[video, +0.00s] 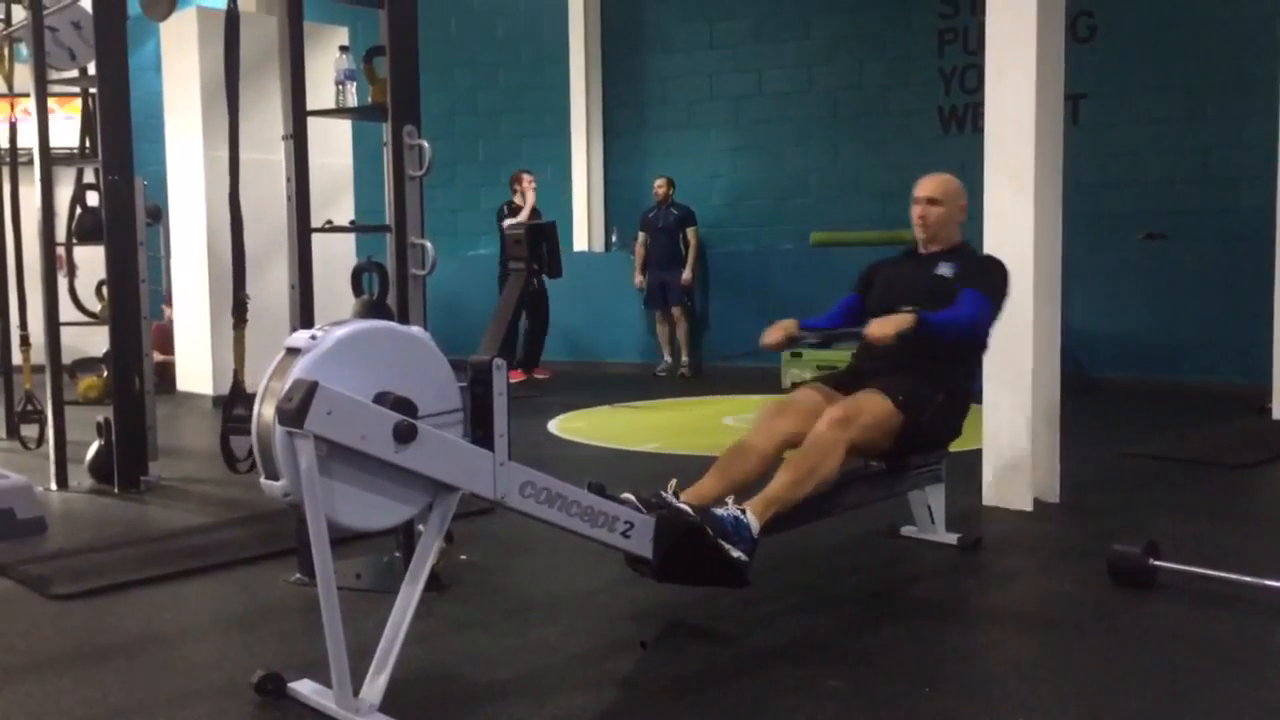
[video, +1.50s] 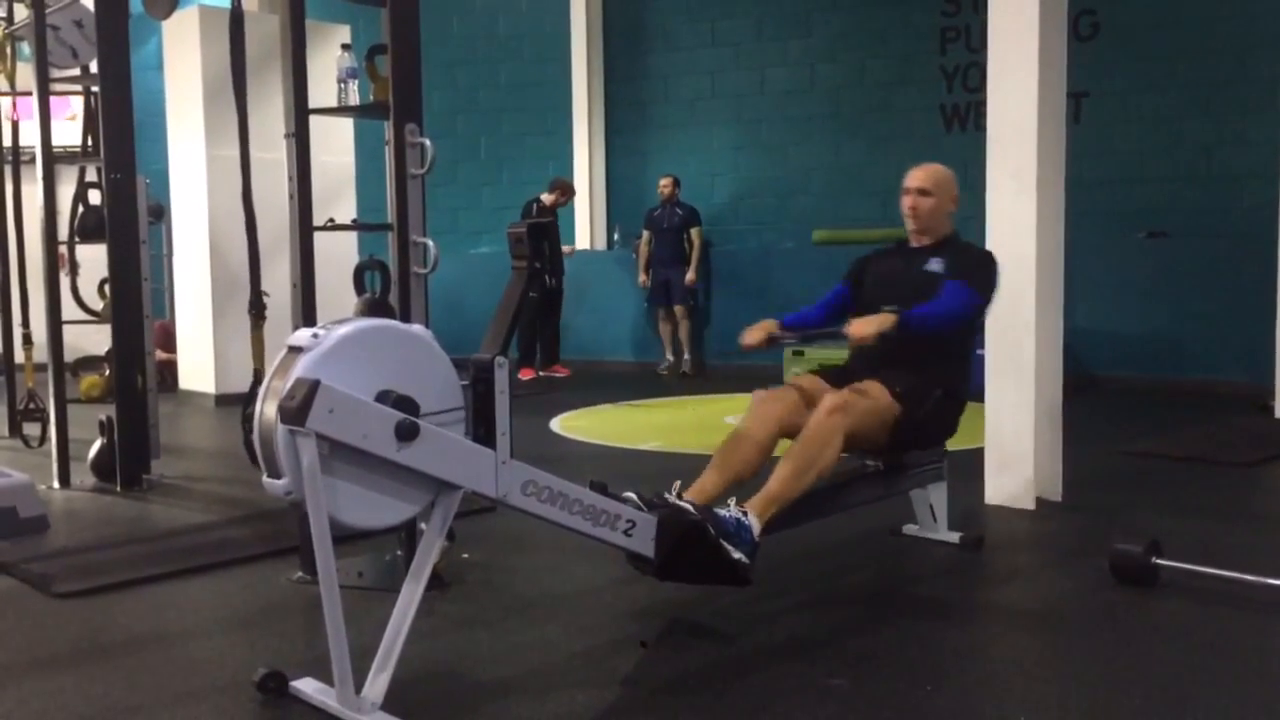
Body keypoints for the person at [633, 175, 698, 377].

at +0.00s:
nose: (656, 191)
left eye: (660, 187)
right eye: (654, 188)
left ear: (670, 190)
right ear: (653, 191)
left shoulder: (683, 212)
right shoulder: (648, 215)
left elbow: (692, 242)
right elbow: (641, 243)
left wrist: (688, 268)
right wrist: (638, 271)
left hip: (676, 271)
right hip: (654, 272)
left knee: (677, 313)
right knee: (660, 315)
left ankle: (684, 359)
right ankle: (666, 358)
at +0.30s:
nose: (658, 193)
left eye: (662, 189)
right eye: (657, 189)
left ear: (672, 192)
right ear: (656, 192)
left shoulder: (685, 215)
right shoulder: (650, 217)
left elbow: (694, 244)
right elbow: (642, 246)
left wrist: (690, 272)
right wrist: (637, 274)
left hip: (678, 273)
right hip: (657, 273)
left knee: (678, 316)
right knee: (661, 317)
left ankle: (685, 360)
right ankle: (667, 360)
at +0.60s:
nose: (658, 192)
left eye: (662, 188)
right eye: (657, 189)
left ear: (673, 191)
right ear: (656, 192)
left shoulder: (685, 214)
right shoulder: (650, 216)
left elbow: (694, 244)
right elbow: (643, 245)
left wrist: (690, 271)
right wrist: (641, 274)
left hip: (678, 272)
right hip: (656, 272)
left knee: (678, 314)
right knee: (661, 316)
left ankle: (684, 359)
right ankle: (667, 359)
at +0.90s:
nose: (659, 189)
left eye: (663, 186)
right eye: (658, 186)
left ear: (674, 188)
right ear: (656, 189)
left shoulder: (687, 212)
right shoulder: (650, 213)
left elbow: (695, 242)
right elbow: (644, 242)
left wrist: (691, 269)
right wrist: (641, 270)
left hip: (678, 269)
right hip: (657, 269)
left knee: (678, 310)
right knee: (661, 312)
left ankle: (679, 354)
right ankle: (665, 355)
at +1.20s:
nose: (661, 189)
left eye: (665, 185)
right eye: (659, 185)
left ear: (675, 188)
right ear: (658, 188)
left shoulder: (688, 211)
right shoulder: (651, 212)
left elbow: (696, 242)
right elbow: (644, 241)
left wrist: (692, 269)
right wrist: (641, 270)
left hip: (680, 269)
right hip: (657, 269)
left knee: (683, 310)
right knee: (660, 312)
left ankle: (686, 354)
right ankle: (667, 353)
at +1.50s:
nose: (661, 190)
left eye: (665, 186)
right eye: (660, 187)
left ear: (676, 189)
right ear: (658, 189)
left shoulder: (688, 212)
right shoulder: (652, 214)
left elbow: (696, 242)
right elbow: (644, 243)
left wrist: (692, 269)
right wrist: (642, 271)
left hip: (679, 270)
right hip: (658, 270)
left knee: (680, 312)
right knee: (663, 314)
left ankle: (686, 356)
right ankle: (668, 356)